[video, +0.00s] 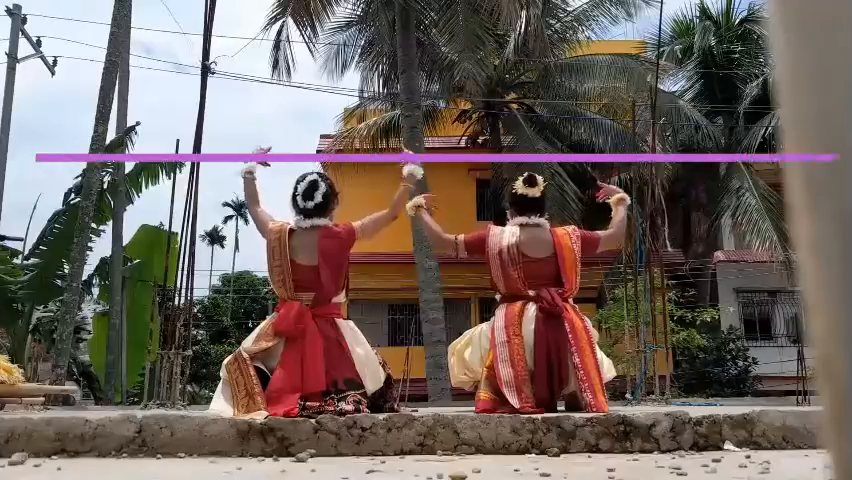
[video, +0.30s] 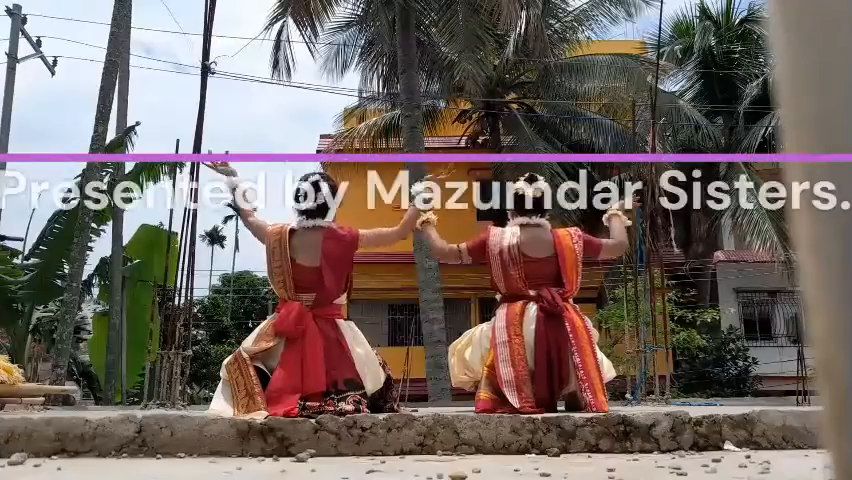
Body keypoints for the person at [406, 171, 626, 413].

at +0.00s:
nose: (507, 216)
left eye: (507, 210)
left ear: (510, 211)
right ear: (545, 210)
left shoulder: (495, 237)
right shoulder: (568, 238)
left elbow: (444, 244)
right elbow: (615, 238)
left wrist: (420, 213)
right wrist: (620, 203)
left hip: (513, 325)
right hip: (562, 324)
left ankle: (506, 394)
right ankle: (575, 394)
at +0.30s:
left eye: (515, 204)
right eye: (537, 202)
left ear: (511, 209)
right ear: (547, 207)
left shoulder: (494, 240)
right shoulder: (569, 238)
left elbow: (442, 252)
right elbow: (619, 245)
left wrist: (426, 226)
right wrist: (616, 216)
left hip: (512, 328)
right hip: (563, 326)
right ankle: (578, 395)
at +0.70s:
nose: (526, 210)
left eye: (524, 204)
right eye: (529, 203)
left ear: (513, 207)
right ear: (549, 207)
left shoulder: (496, 242)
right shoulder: (573, 243)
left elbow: (461, 274)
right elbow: (615, 271)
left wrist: (428, 258)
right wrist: (635, 243)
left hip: (512, 325)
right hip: (567, 326)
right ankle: (578, 397)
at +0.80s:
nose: (528, 209)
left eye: (528, 203)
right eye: (530, 203)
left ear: (515, 207)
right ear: (550, 207)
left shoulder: (497, 243)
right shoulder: (573, 244)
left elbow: (462, 274)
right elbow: (616, 271)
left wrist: (426, 260)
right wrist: (638, 246)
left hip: (510, 328)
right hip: (565, 329)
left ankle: (511, 401)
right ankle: (575, 394)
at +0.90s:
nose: (528, 210)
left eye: (526, 204)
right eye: (531, 203)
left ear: (515, 207)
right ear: (549, 206)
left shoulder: (498, 242)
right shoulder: (573, 243)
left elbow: (460, 274)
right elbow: (615, 269)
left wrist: (424, 259)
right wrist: (642, 250)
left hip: (511, 326)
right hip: (564, 325)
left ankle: (509, 401)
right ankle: (578, 398)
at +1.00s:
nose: (527, 213)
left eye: (524, 205)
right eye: (531, 205)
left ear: (516, 207)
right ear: (551, 207)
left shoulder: (499, 241)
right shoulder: (575, 243)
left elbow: (467, 267)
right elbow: (618, 267)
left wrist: (431, 256)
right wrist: (641, 249)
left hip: (513, 328)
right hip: (565, 329)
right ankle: (578, 397)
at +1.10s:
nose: (535, 214)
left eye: (534, 207)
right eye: (535, 207)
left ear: (518, 211)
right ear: (551, 209)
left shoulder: (501, 242)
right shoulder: (576, 243)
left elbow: (467, 264)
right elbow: (617, 267)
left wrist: (436, 255)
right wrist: (637, 250)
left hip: (513, 324)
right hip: (566, 321)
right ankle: (578, 397)